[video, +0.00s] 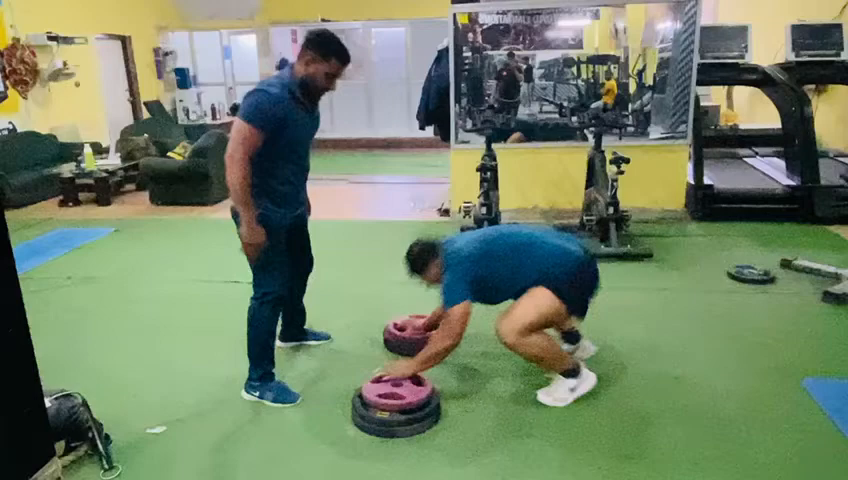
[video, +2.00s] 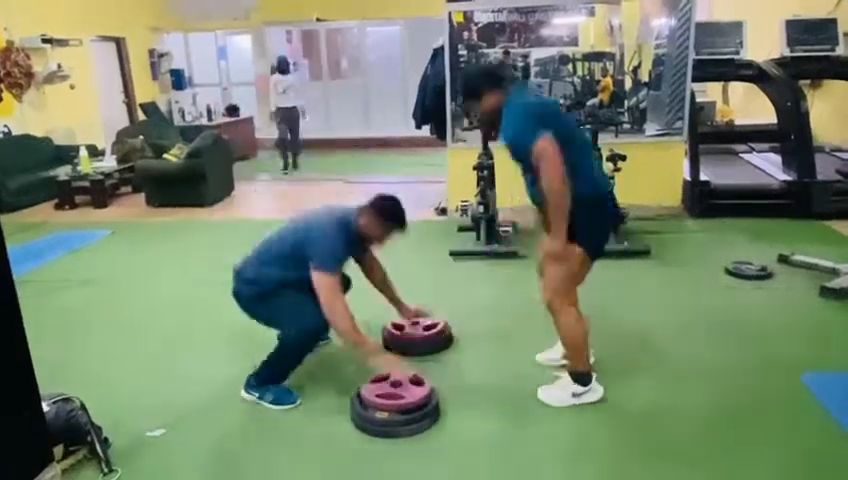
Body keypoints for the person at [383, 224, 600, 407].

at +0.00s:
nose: (428, 282)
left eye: (424, 277)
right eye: (423, 278)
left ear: (431, 268)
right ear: (434, 255)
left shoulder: (458, 268)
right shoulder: (457, 248)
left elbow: (450, 336)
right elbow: (459, 298)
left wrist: (411, 366)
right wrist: (428, 322)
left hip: (572, 273)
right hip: (572, 255)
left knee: (511, 330)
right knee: (527, 297)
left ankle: (575, 376)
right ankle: (574, 343)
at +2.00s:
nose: (473, 115)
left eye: (473, 106)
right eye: (470, 108)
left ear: (489, 94)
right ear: (496, 89)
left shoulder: (519, 116)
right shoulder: (521, 104)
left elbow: (553, 168)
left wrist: (557, 233)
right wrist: (553, 225)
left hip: (588, 205)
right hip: (584, 200)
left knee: (559, 293)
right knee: (554, 278)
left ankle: (582, 380)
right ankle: (575, 346)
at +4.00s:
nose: (469, 214)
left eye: (471, 207)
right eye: (467, 208)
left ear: (486, 200)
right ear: (490, 195)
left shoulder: (512, 220)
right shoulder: (508, 207)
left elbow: (494, 289)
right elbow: (491, 261)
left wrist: (448, 325)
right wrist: (456, 284)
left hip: (575, 306)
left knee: (500, 336)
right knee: (498, 299)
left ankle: (575, 372)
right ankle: (564, 338)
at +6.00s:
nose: (482, 184)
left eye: (481, 176)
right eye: (479, 177)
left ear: (494, 167)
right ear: (501, 161)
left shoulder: (523, 186)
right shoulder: (526, 173)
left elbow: (538, 256)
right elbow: (536, 240)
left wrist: (513, 308)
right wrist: (521, 281)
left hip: (610, 248)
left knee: (543, 313)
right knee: (540, 290)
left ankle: (593, 382)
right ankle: (581, 350)